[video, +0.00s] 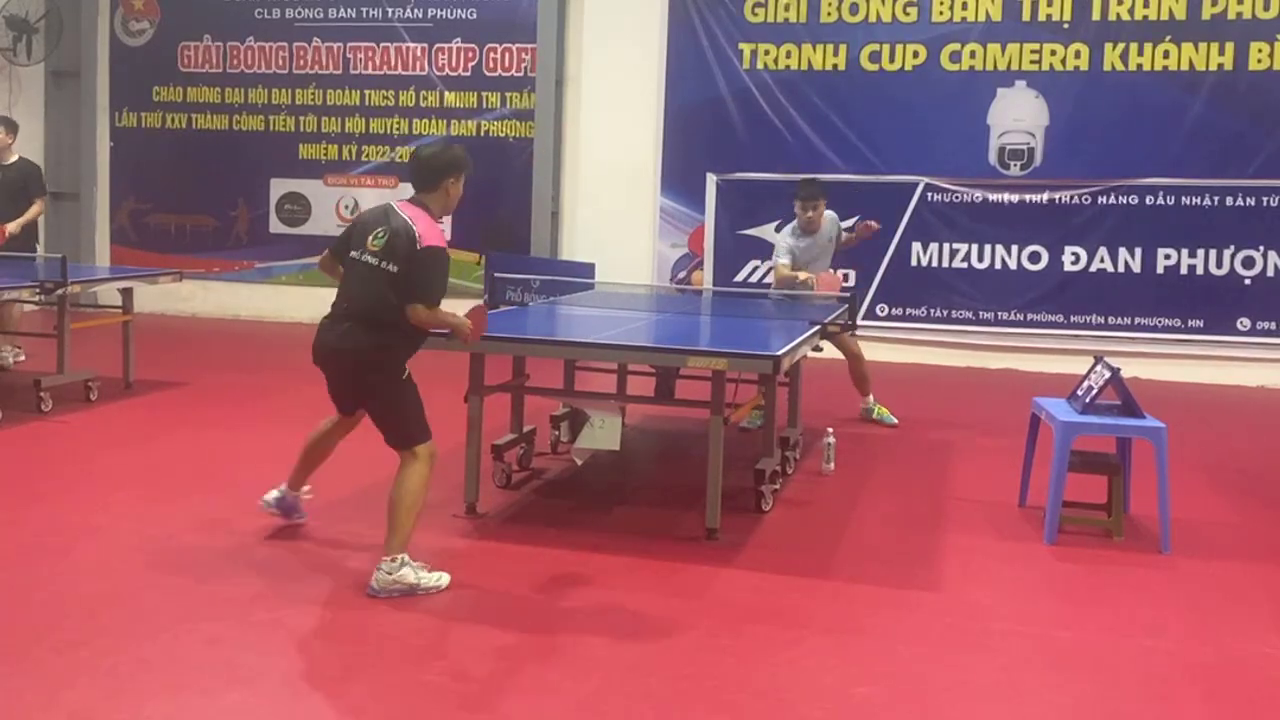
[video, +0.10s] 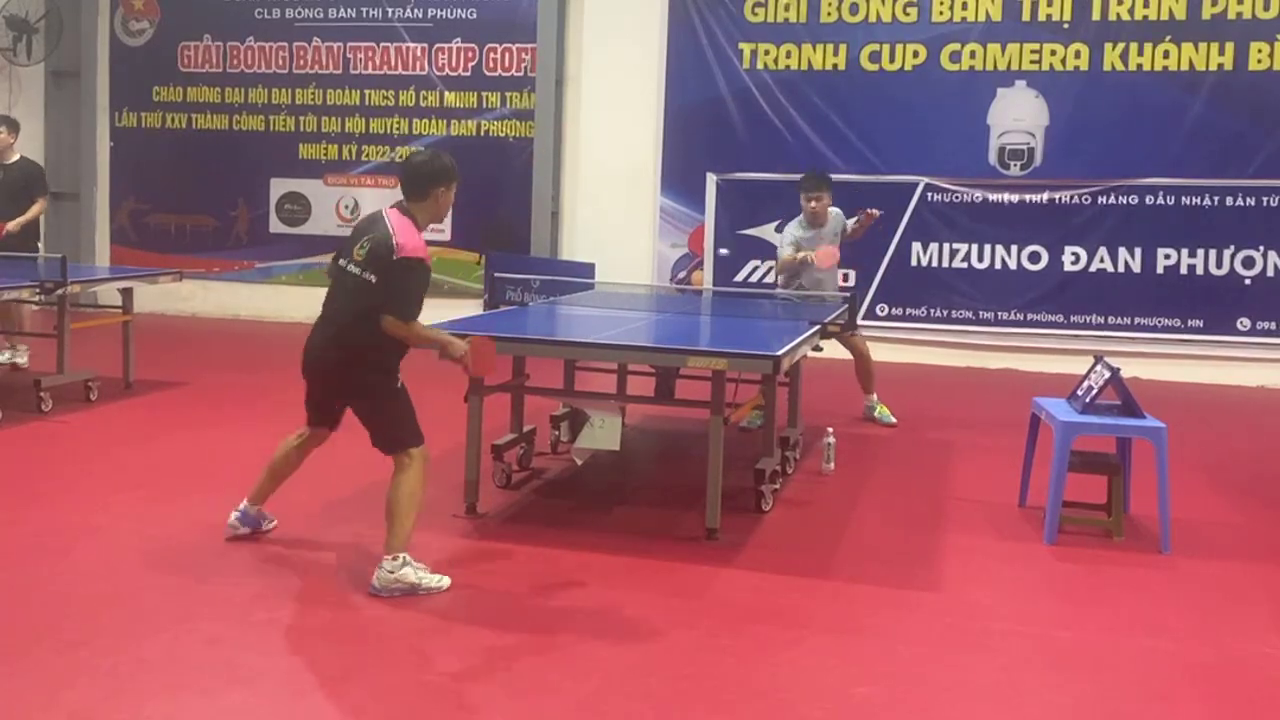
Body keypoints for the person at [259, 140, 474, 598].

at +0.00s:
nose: (461, 193)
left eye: (461, 185)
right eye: (461, 185)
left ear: (418, 180)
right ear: (449, 186)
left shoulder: (377, 214)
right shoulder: (429, 239)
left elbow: (328, 262)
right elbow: (417, 312)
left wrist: (369, 289)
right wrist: (458, 323)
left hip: (331, 342)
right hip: (375, 356)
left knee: (349, 416)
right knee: (419, 453)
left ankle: (288, 492)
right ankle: (393, 564)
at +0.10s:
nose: (452, 202)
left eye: (452, 193)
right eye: (451, 194)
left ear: (409, 190)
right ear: (436, 194)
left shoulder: (373, 222)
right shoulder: (411, 249)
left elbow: (334, 275)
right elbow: (394, 322)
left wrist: (381, 304)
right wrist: (443, 341)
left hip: (322, 353)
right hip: (367, 365)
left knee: (315, 431)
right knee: (411, 455)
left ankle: (248, 511)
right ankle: (394, 563)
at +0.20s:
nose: (445, 203)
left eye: (446, 194)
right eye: (443, 194)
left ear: (406, 192)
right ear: (429, 197)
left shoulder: (376, 219)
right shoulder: (388, 248)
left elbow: (367, 272)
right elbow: (357, 322)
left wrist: (417, 281)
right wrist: (406, 361)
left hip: (299, 333)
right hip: (330, 344)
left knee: (315, 406)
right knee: (386, 434)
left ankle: (243, 479)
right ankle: (380, 541)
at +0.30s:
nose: (428, 223)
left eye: (429, 215)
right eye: (426, 214)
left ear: (396, 212)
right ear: (405, 214)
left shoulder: (380, 246)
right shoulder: (350, 265)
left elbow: (393, 295)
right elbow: (300, 323)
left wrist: (445, 292)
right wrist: (338, 377)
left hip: (315, 348)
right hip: (302, 353)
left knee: (301, 418)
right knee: (380, 425)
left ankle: (230, 474)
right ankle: (336, 530)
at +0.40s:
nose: (396, 246)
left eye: (397, 239)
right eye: (394, 238)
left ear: (369, 235)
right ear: (374, 236)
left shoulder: (371, 274)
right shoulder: (305, 281)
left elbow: (405, 312)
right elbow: (247, 327)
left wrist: (442, 302)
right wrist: (248, 391)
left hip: (318, 364)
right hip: (289, 368)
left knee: (284, 426)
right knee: (369, 425)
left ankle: (212, 456)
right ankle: (336, 531)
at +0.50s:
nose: (354, 261)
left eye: (354, 254)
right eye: (350, 253)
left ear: (329, 256)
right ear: (327, 255)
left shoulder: (343, 284)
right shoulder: (260, 290)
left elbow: (388, 312)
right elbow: (209, 322)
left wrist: (406, 311)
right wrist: (190, 374)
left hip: (301, 378)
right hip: (272, 380)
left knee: (265, 436)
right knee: (342, 428)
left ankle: (191, 455)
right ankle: (334, 532)